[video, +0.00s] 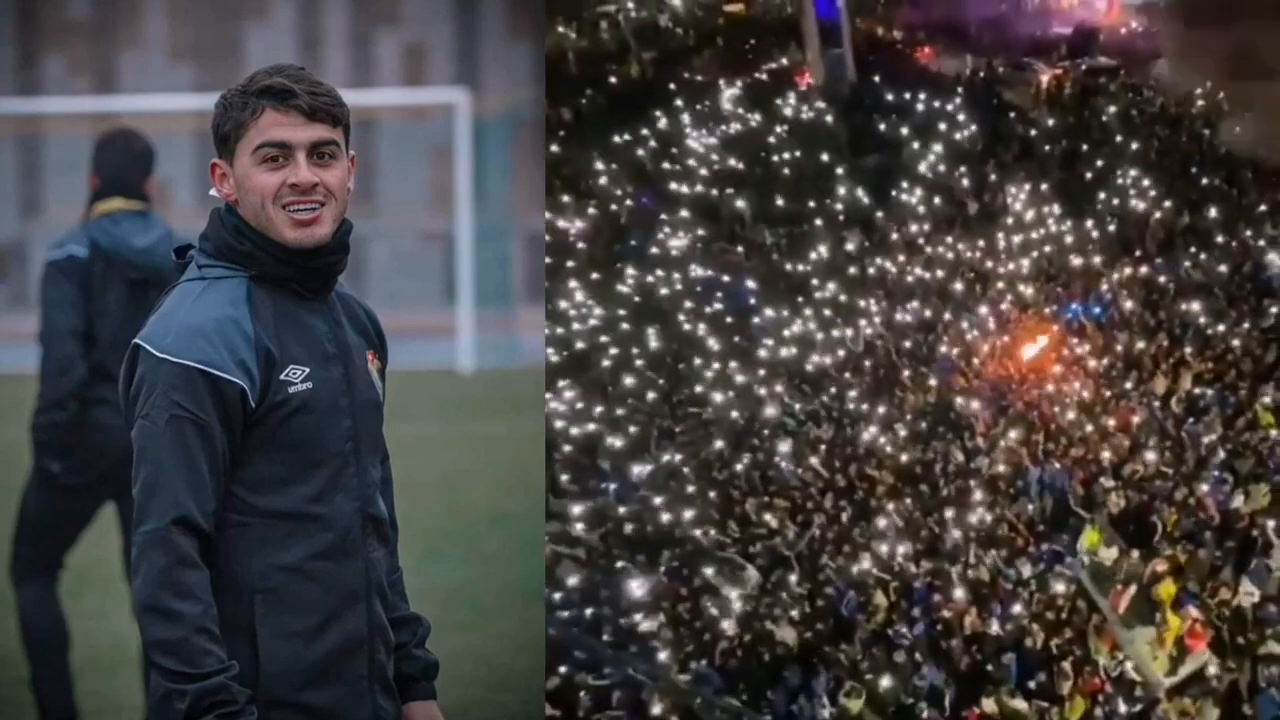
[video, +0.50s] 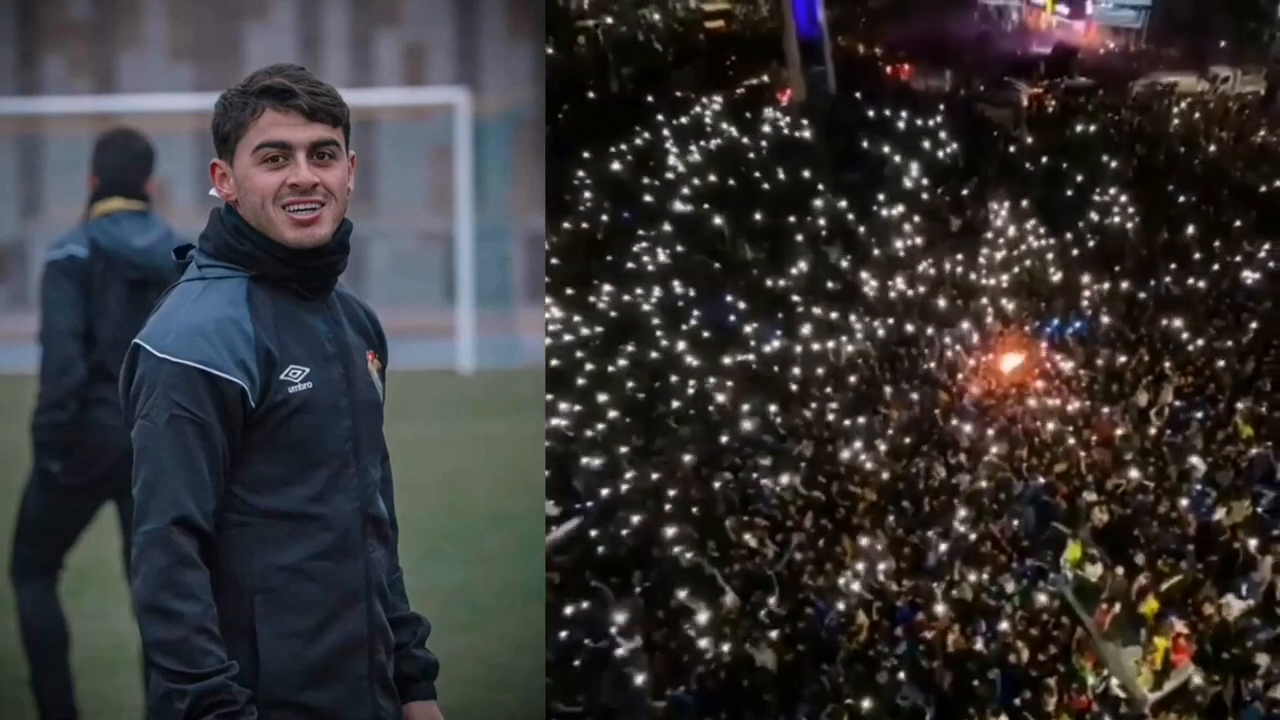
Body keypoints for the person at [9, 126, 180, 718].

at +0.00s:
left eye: (92, 173)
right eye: (150, 178)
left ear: (94, 180)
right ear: (152, 185)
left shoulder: (73, 254)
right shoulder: (178, 255)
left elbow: (65, 363)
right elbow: (191, 352)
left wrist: (51, 442)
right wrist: (175, 429)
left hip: (87, 449)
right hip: (158, 448)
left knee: (34, 570)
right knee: (157, 580)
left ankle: (57, 707)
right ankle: (167, 704)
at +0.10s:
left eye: (93, 173)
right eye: (150, 178)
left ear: (94, 179)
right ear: (152, 185)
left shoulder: (73, 254)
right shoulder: (178, 255)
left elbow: (65, 363)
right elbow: (190, 352)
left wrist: (52, 442)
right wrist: (174, 429)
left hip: (87, 449)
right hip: (158, 448)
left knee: (34, 570)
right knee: (157, 581)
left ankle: (57, 707)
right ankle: (167, 704)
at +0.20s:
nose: (95, 182)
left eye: (92, 173)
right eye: (150, 178)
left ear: (94, 180)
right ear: (152, 185)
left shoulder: (73, 254)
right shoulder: (178, 255)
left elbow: (65, 363)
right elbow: (191, 352)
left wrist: (51, 442)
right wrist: (175, 429)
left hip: (87, 449)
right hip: (158, 448)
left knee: (34, 570)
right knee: (157, 580)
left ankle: (57, 707)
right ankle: (167, 704)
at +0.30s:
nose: (95, 182)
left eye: (92, 173)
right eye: (150, 178)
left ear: (94, 180)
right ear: (152, 185)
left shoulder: (73, 254)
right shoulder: (178, 255)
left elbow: (65, 363)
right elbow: (191, 352)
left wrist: (51, 442)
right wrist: (175, 429)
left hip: (87, 449)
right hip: (158, 448)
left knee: (34, 570)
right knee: (157, 580)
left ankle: (57, 707)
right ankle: (167, 704)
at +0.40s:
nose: (95, 182)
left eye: (92, 173)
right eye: (150, 178)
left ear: (94, 180)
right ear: (152, 185)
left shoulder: (73, 254)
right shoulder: (178, 255)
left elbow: (65, 363)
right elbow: (191, 352)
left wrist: (51, 442)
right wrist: (175, 429)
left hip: (87, 449)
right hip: (158, 448)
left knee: (34, 570)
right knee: (157, 580)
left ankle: (57, 707)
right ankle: (167, 704)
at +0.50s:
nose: (95, 182)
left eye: (92, 173)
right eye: (150, 178)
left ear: (94, 180)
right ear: (152, 185)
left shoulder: (73, 254)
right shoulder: (178, 255)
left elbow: (65, 363)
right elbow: (191, 352)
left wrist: (51, 442)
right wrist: (175, 429)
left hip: (87, 449)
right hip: (158, 448)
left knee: (34, 570)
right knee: (157, 580)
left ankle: (57, 707)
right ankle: (167, 704)